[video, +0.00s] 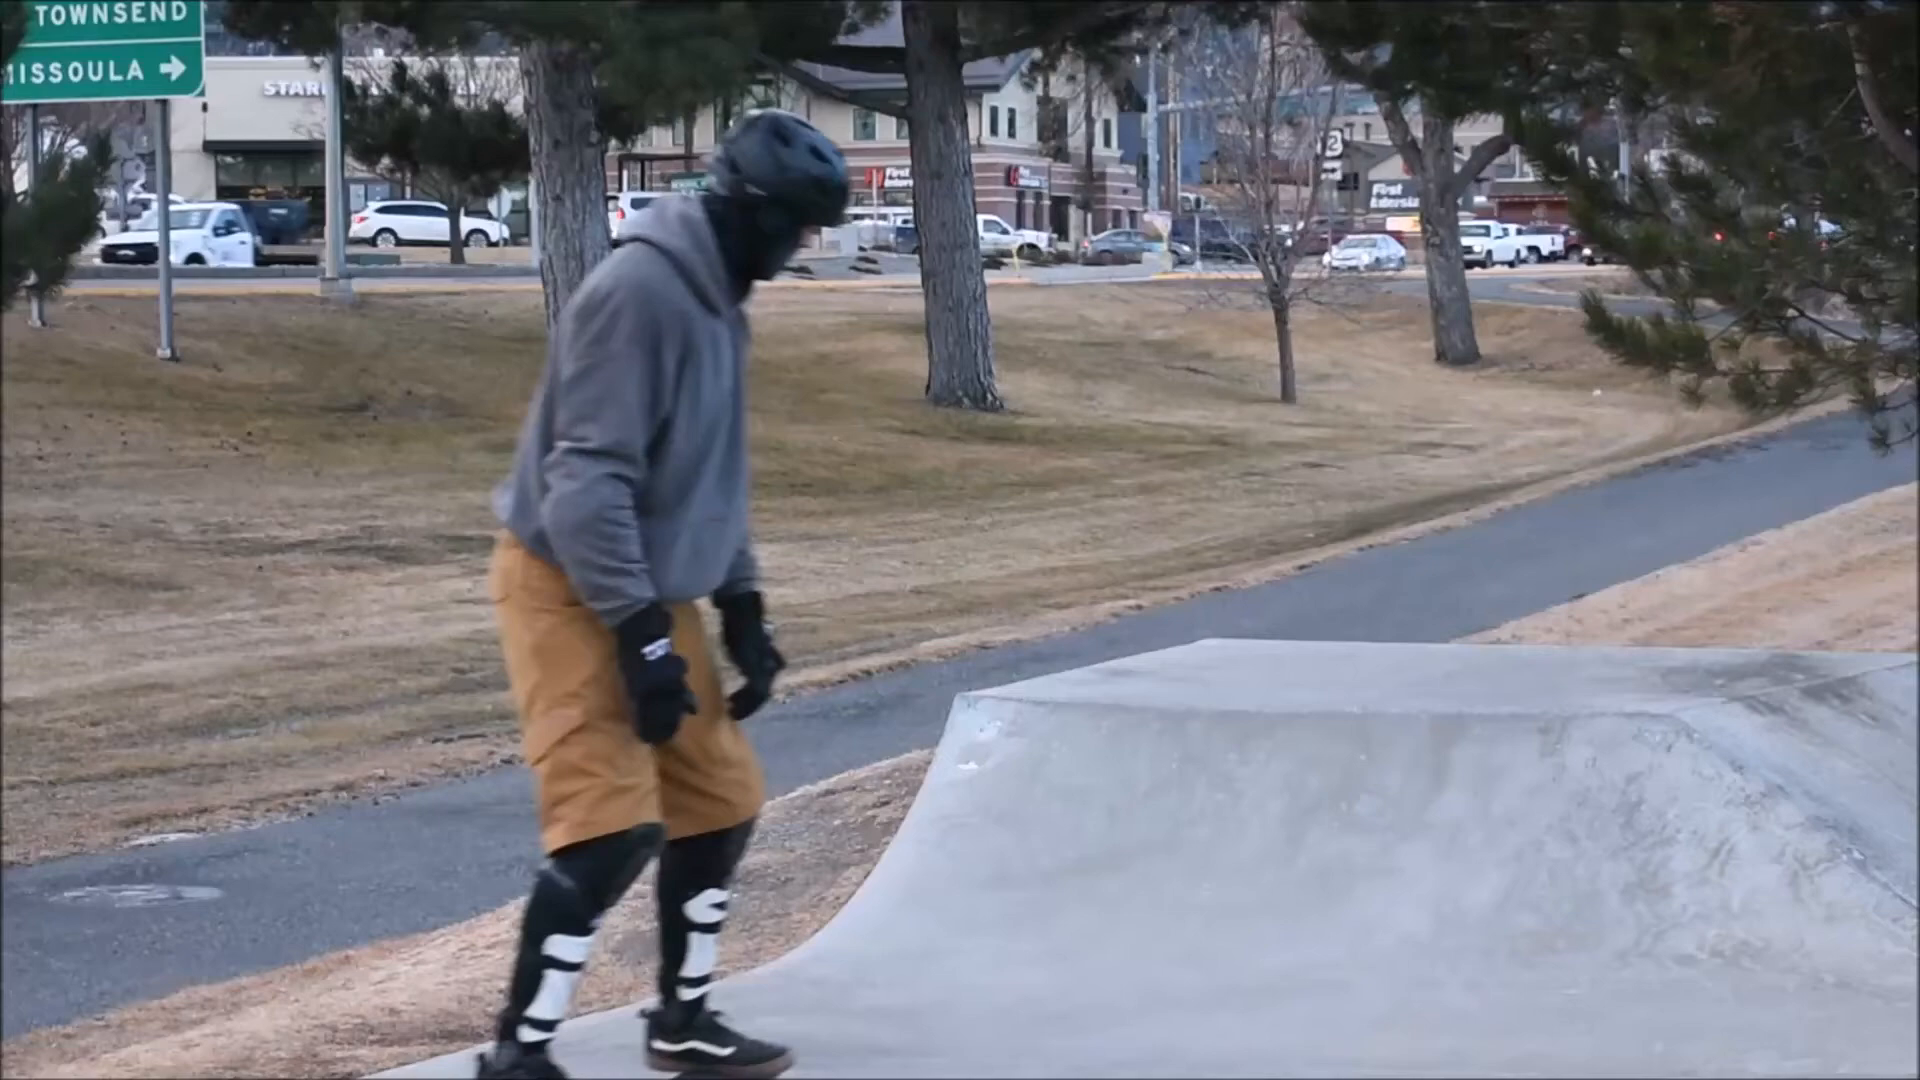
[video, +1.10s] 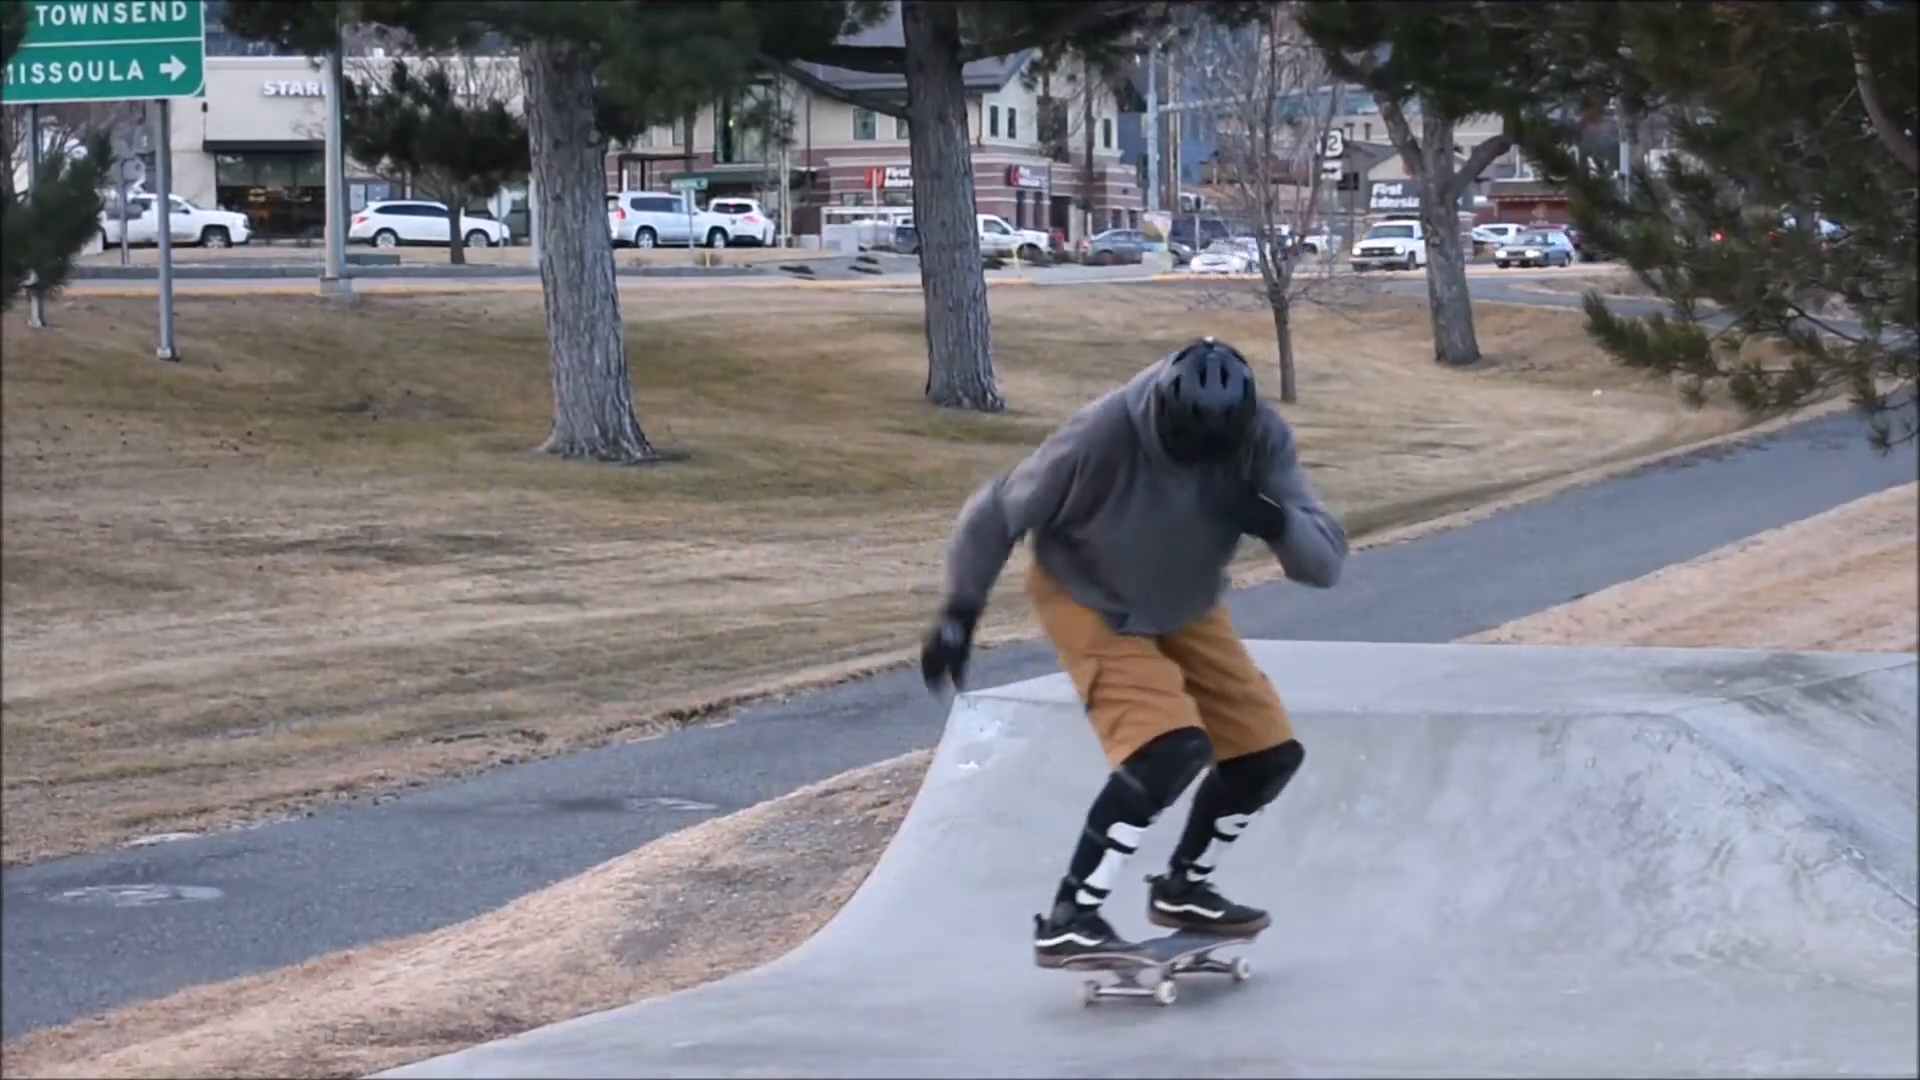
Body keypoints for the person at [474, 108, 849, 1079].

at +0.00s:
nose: (800, 249)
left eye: (808, 232)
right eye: (798, 227)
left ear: (762, 208)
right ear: (752, 204)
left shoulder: (716, 297)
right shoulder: (634, 288)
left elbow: (713, 476)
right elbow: (585, 479)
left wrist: (743, 610)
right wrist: (640, 632)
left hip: (661, 586)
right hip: (562, 578)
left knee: (717, 803)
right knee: (610, 822)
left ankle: (683, 1018)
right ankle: (519, 1049)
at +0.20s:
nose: (891, 273)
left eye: (900, 257)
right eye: (890, 252)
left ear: (860, 235)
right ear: (850, 229)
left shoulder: (823, 321)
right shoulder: (735, 306)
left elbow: (815, 480)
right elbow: (671, 485)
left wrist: (841, 609)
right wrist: (720, 630)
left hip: (755, 583)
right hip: (659, 579)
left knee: (818, 785)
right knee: (716, 807)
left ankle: (774, 993)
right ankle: (623, 1027)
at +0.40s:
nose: (998, 291)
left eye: (1007, 276)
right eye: (997, 272)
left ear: (967, 248)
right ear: (956, 245)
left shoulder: (939, 316)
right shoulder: (842, 310)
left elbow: (937, 464)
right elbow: (752, 473)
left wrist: (957, 586)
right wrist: (775, 616)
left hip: (868, 585)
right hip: (778, 583)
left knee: (921, 771)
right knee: (818, 787)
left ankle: (873, 963)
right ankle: (734, 1002)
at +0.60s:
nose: (1077, 348)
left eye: (1086, 337)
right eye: (1076, 331)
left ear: (1074, 312)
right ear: (1044, 299)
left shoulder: (1045, 363)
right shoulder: (933, 350)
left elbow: (1051, 487)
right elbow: (833, 495)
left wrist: (1082, 596)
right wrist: (840, 633)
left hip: (963, 594)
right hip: (876, 592)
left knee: (1033, 757)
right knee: (927, 772)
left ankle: (973, 939)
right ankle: (842, 970)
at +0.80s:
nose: (1148, 437)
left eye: (1158, 427)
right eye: (1143, 422)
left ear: (1166, 401)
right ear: (1110, 384)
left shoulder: (1138, 418)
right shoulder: (1012, 417)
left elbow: (1166, 514)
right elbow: (905, 549)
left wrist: (1219, 614)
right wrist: (920, 678)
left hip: (1052, 610)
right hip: (959, 605)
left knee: (1138, 756)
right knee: (1041, 767)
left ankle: (1062, 916)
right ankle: (938, 945)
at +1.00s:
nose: (1186, 479)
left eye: (1203, 468)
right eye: (1174, 465)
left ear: (1227, 439)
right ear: (1147, 429)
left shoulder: (1228, 455)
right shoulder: (1076, 452)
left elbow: (1262, 523)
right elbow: (970, 568)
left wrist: (1306, 566)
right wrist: (977, 691)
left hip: (1139, 618)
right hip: (1043, 613)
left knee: (1231, 758)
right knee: (1132, 759)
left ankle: (1140, 897)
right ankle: (1023, 925)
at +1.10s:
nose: (1198, 461)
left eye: (1214, 451)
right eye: (1186, 448)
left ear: (1243, 424)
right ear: (1161, 412)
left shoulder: (1265, 438)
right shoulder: (1102, 435)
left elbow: (1324, 564)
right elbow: (995, 512)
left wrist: (1276, 524)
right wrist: (957, 615)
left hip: (1187, 598)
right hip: (1085, 594)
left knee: (1266, 756)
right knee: (1170, 748)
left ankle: (1181, 886)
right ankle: (1069, 916)